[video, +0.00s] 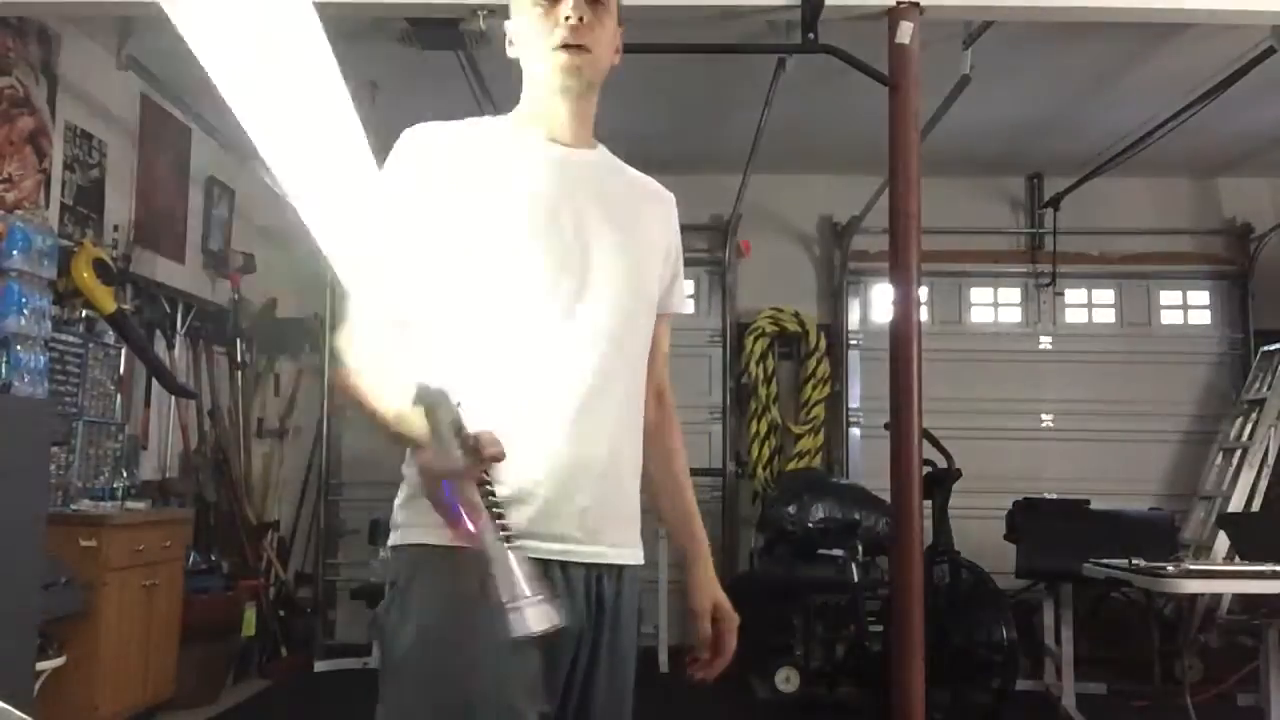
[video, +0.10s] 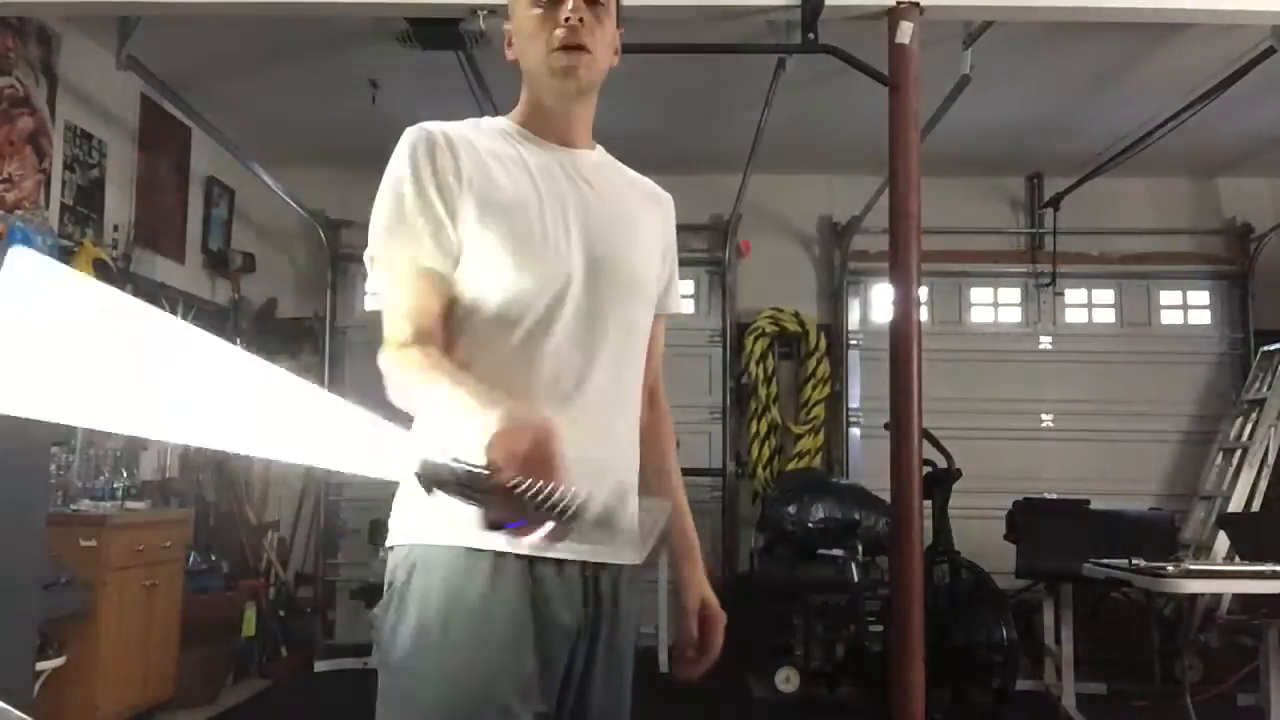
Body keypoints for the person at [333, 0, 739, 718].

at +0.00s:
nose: (573, 13)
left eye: (594, 2)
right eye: (548, 0)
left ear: (619, 41)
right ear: (510, 34)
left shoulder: (652, 206)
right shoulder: (432, 156)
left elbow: (652, 400)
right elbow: (358, 348)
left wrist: (698, 560)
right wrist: (432, 432)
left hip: (610, 574)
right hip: (461, 558)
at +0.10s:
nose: (572, 14)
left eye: (594, 4)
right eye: (547, 2)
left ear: (618, 43)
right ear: (508, 38)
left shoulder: (651, 205)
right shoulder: (441, 153)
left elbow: (647, 395)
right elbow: (407, 351)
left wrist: (687, 557)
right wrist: (492, 424)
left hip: (610, 567)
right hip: (469, 558)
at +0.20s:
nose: (570, 13)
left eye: (591, 4)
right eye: (544, 2)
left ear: (617, 44)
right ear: (507, 37)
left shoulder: (652, 204)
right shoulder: (442, 151)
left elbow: (646, 392)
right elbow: (412, 358)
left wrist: (681, 546)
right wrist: (522, 400)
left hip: (607, 561)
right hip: (469, 555)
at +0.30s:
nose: (569, 15)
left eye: (591, 5)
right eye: (544, 3)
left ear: (616, 47)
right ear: (509, 40)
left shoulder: (654, 205)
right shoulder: (441, 153)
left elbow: (649, 386)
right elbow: (386, 355)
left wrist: (675, 511)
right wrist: (520, 375)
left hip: (598, 554)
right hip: (460, 542)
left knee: (588, 713)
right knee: (445, 713)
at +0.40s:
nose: (565, 15)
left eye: (588, 6)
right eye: (541, 4)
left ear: (613, 51)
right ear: (507, 41)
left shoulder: (656, 206)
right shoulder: (436, 158)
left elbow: (664, 386)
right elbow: (360, 335)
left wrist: (654, 483)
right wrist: (520, 388)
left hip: (606, 567)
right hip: (462, 558)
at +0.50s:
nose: (558, 16)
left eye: (581, 6)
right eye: (534, 5)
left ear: (608, 50)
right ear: (501, 43)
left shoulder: (656, 204)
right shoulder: (430, 158)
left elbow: (684, 386)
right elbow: (345, 323)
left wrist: (640, 436)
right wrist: (520, 377)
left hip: (601, 562)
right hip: (453, 553)